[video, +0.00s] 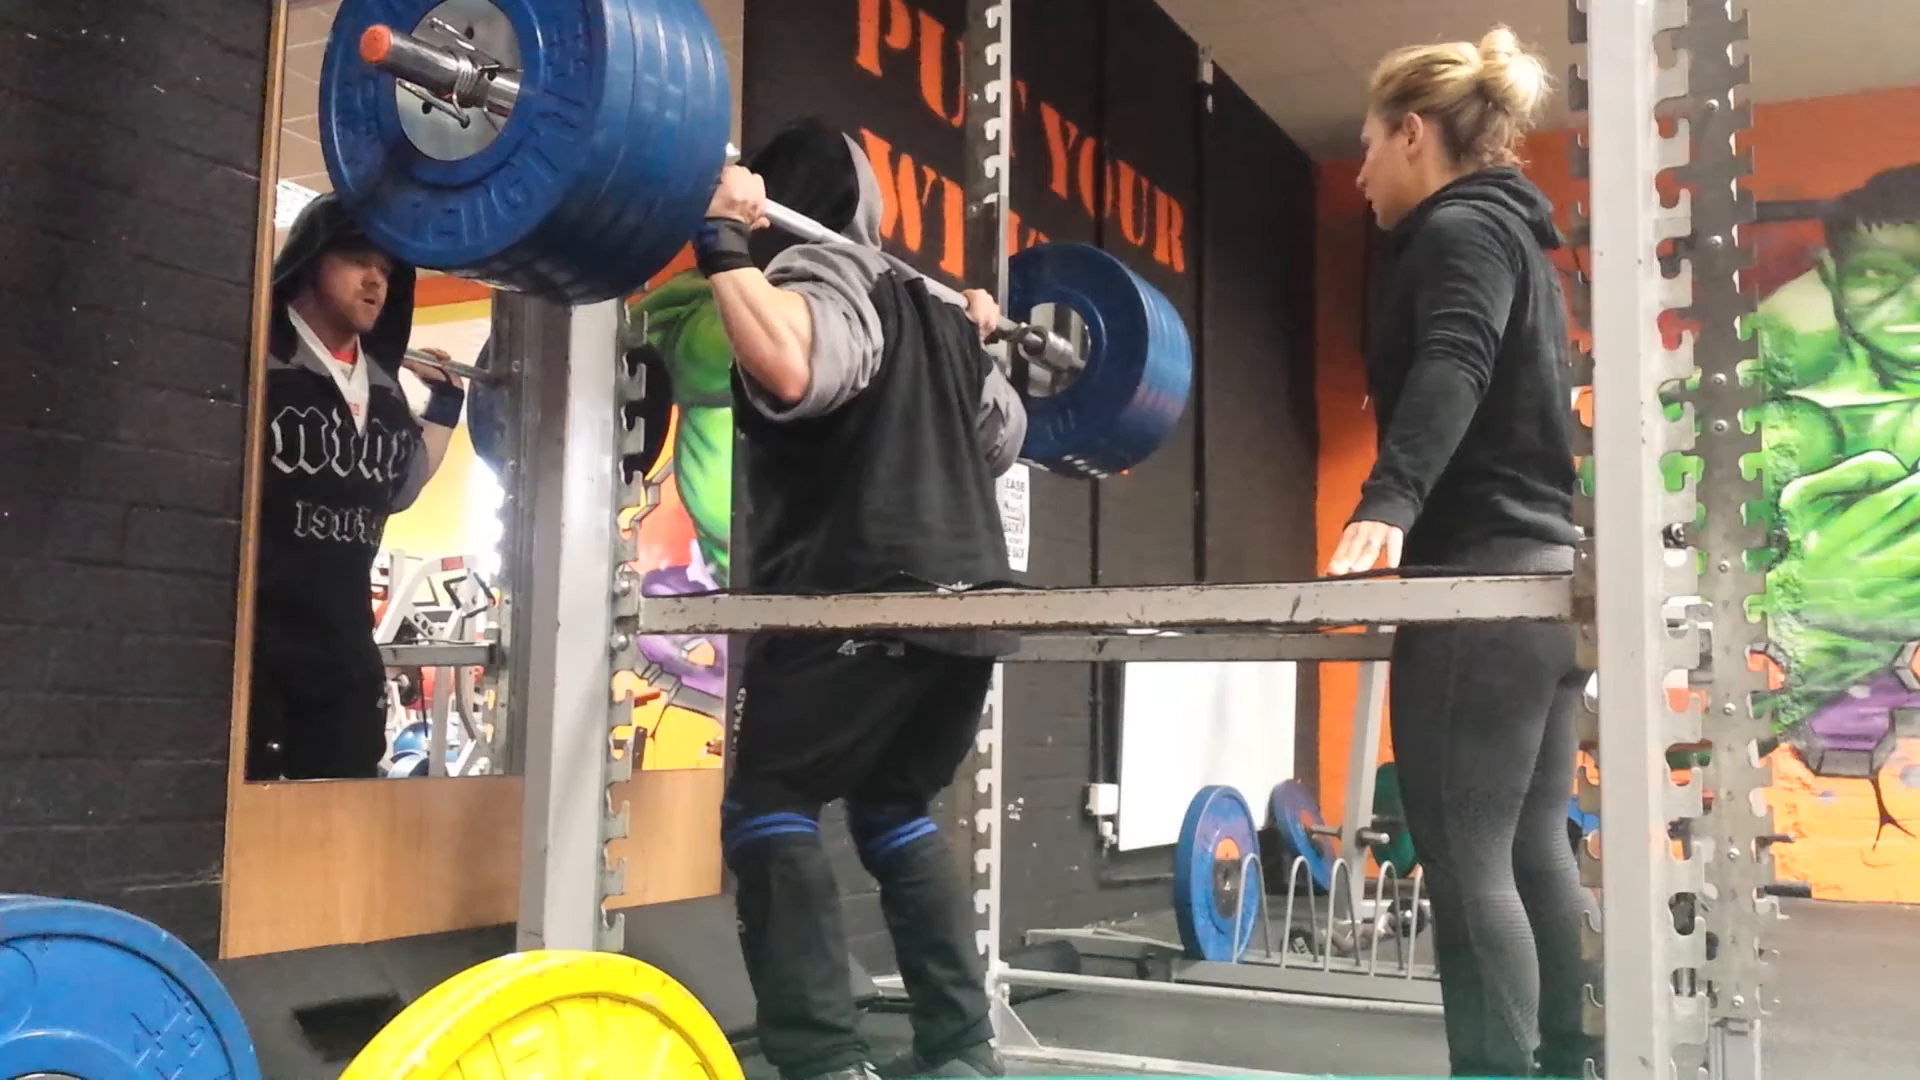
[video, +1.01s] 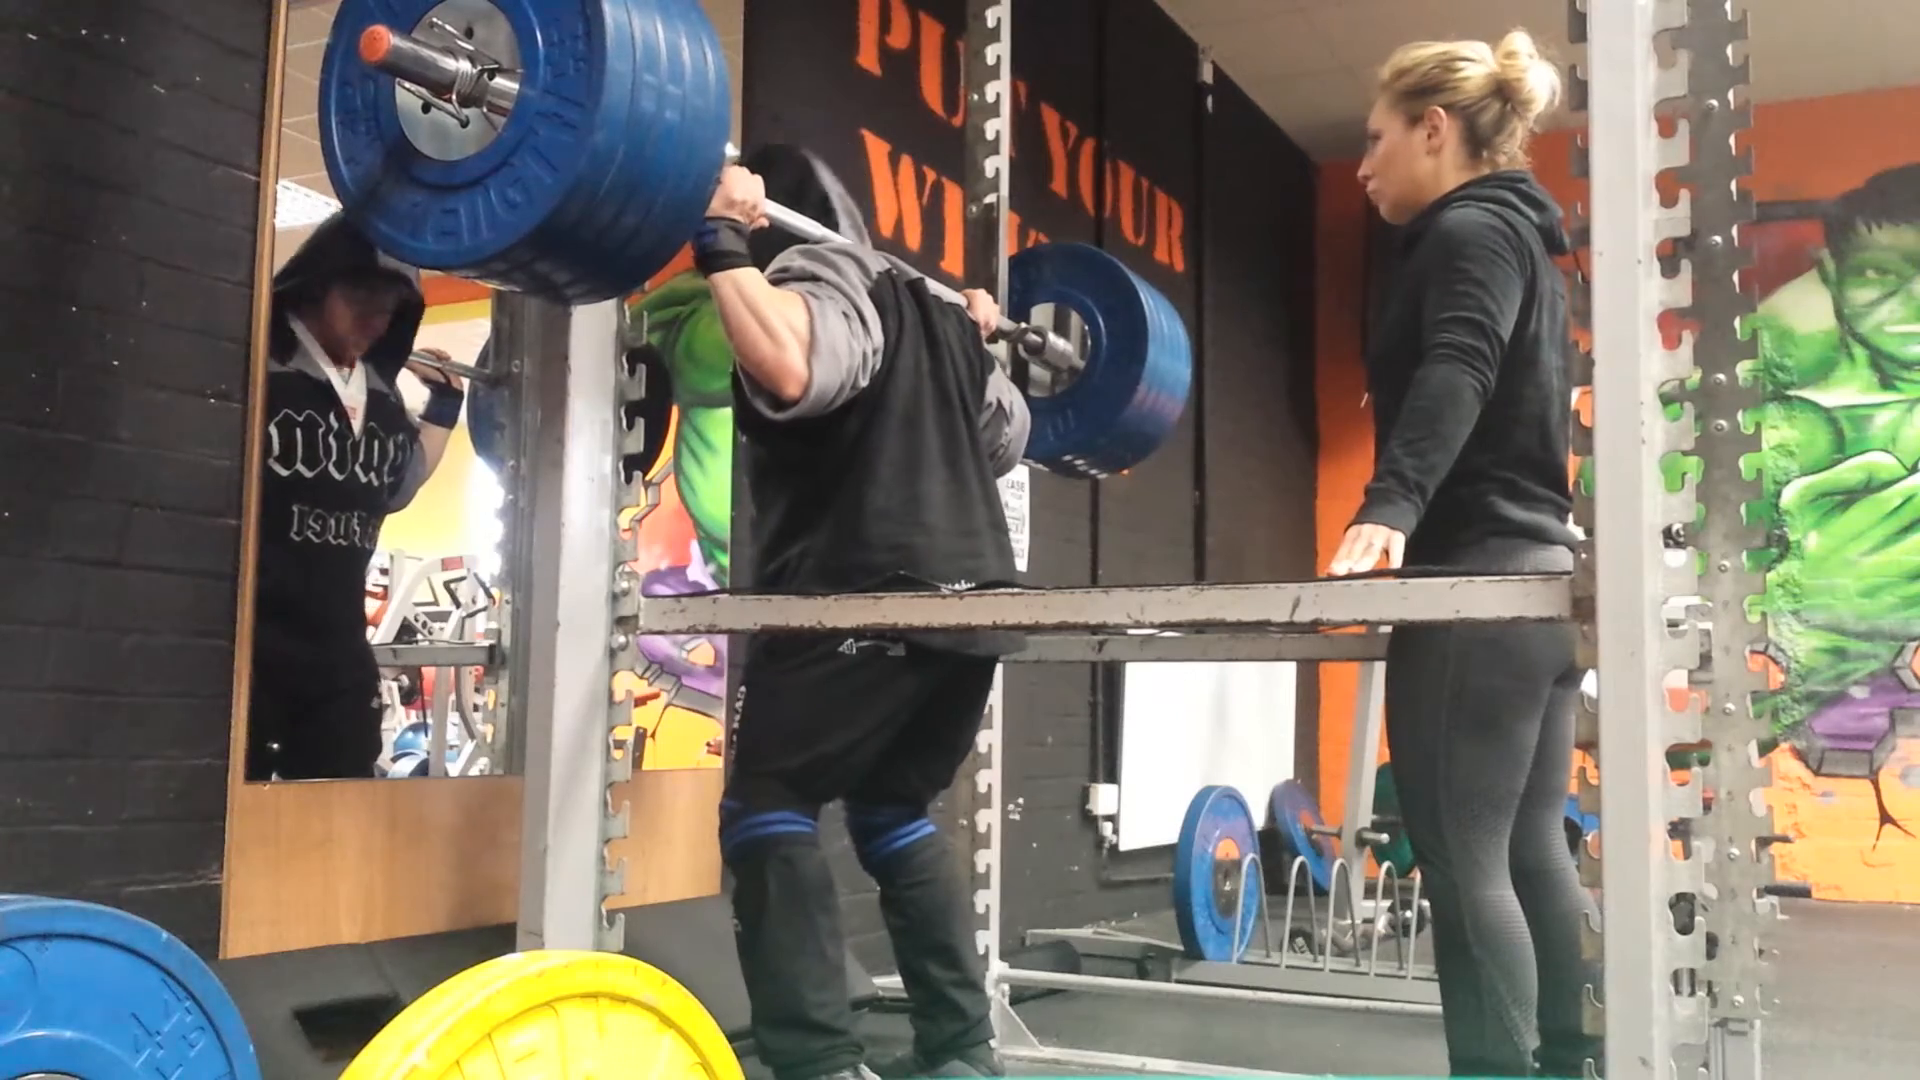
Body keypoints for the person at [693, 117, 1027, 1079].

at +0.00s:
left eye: (754, 210)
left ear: (778, 209)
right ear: (865, 204)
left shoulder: (811, 276)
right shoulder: (935, 301)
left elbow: (791, 369)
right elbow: (1003, 436)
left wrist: (722, 239)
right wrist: (990, 338)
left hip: (845, 601)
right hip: (971, 602)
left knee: (768, 806)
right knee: (896, 806)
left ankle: (814, 1049)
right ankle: (958, 1048)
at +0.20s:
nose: (745, 224)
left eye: (752, 206)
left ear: (777, 207)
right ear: (866, 206)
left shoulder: (810, 274)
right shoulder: (934, 302)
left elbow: (788, 370)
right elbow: (996, 438)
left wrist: (720, 242)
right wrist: (988, 339)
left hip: (830, 609)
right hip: (962, 610)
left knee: (760, 807)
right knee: (886, 807)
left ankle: (810, 1047)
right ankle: (957, 1045)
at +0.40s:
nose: (742, 226)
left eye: (750, 207)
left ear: (776, 208)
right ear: (864, 204)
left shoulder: (809, 274)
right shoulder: (932, 302)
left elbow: (794, 366)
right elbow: (999, 435)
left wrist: (722, 239)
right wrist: (986, 340)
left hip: (831, 604)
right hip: (962, 605)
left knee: (757, 803)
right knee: (888, 805)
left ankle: (808, 1044)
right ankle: (957, 1047)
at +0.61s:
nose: (748, 231)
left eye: (755, 208)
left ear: (777, 209)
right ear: (865, 206)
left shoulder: (814, 276)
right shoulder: (934, 304)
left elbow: (793, 367)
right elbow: (1007, 433)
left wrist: (721, 238)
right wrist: (987, 340)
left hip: (841, 600)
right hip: (971, 601)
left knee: (761, 799)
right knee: (894, 805)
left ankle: (805, 1047)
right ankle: (959, 1049)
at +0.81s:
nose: (747, 224)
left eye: (754, 206)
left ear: (778, 207)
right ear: (859, 205)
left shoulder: (809, 274)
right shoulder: (933, 299)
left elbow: (796, 367)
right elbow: (1004, 433)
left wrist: (722, 242)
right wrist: (988, 340)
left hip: (847, 598)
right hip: (973, 600)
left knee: (766, 800)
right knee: (894, 805)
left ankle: (805, 1049)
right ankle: (958, 1048)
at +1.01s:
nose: (734, 247)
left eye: (743, 224)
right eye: (730, 224)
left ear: (778, 220)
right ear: (846, 213)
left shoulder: (822, 271)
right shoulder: (933, 301)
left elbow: (793, 367)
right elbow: (1008, 435)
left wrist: (721, 238)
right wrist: (981, 341)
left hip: (850, 599)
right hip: (972, 605)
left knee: (767, 802)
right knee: (895, 808)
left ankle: (806, 1049)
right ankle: (958, 1049)